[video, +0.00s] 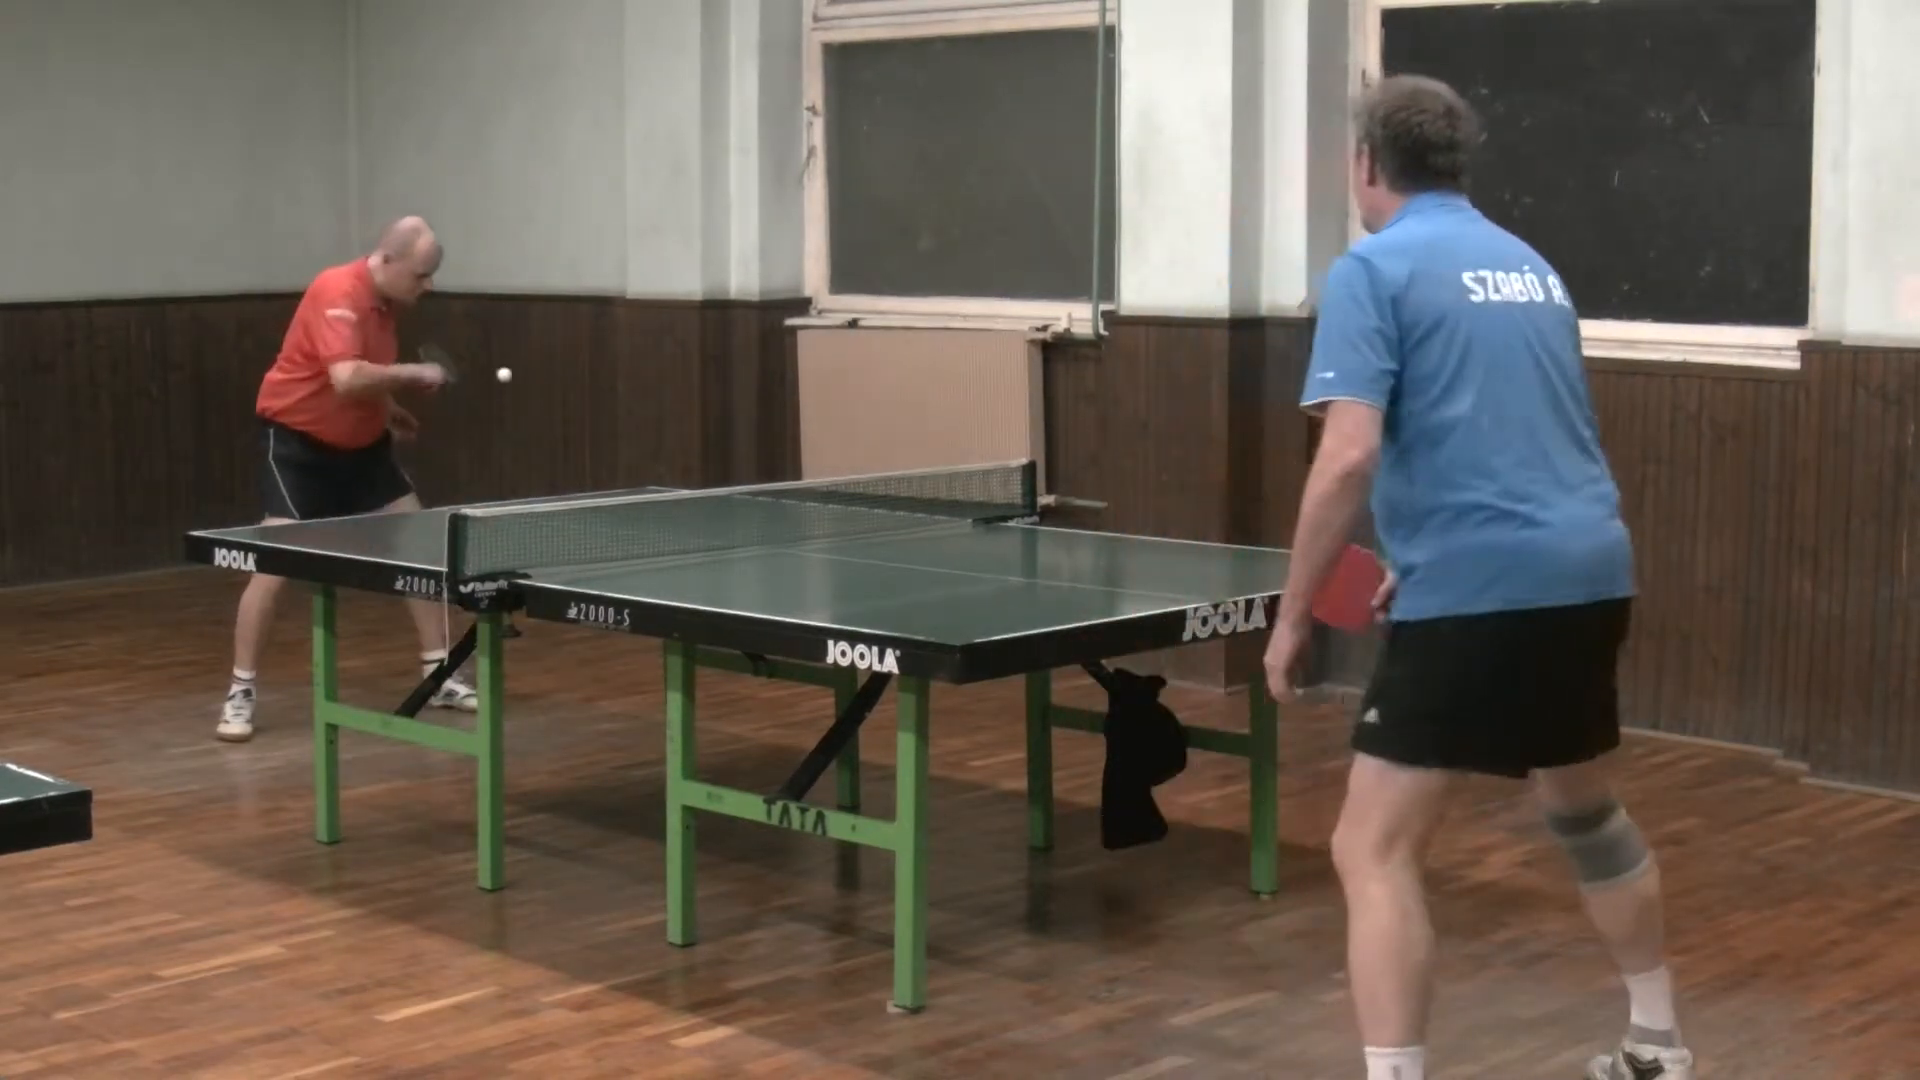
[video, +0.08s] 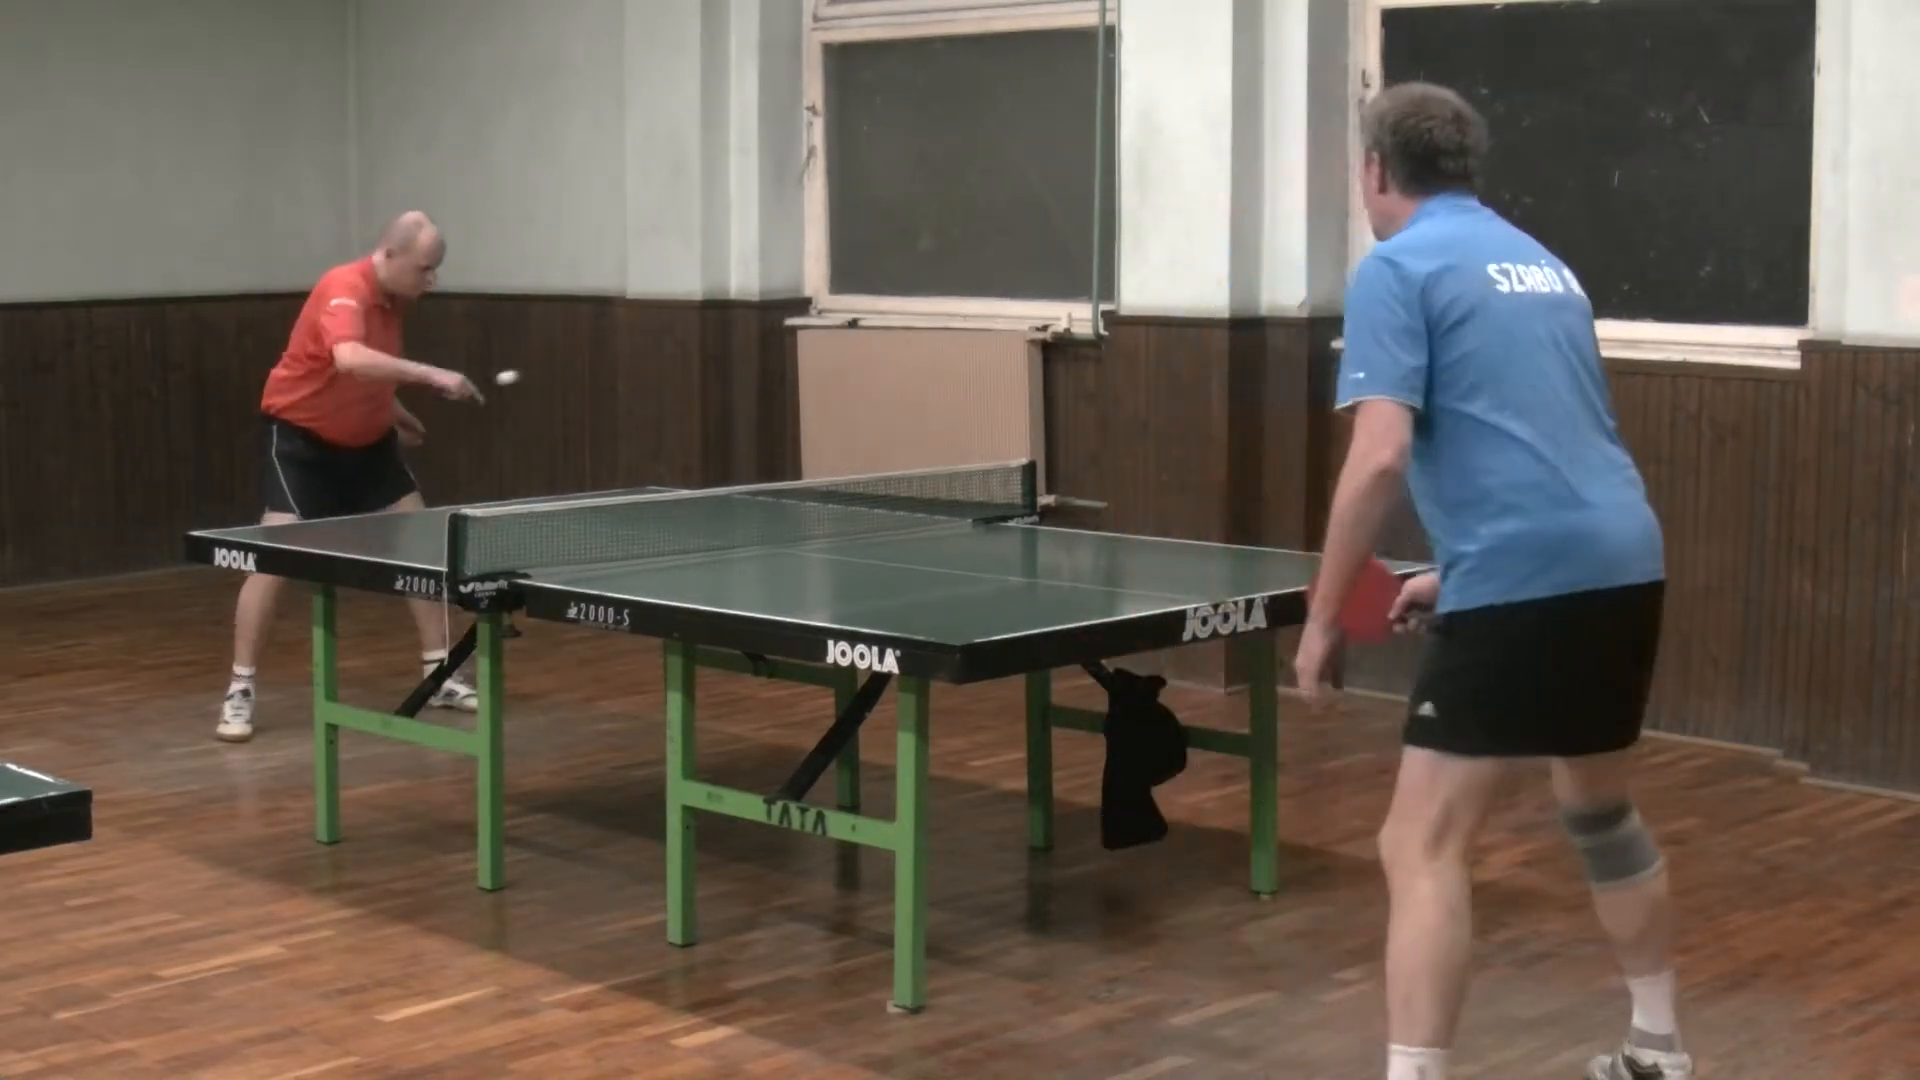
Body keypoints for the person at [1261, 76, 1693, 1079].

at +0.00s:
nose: (1352, 183)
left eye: (1351, 167)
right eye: (1356, 167)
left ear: (1368, 168)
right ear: (1456, 167)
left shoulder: (1369, 268)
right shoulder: (1529, 263)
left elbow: (1349, 456)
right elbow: (1538, 439)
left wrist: (1291, 616)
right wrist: (1425, 557)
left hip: (1468, 594)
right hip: (1592, 580)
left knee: (1373, 848)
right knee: (1586, 810)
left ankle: (1394, 1070)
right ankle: (1659, 1042)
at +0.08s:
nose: (1360, 192)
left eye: (1361, 175)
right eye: (1363, 175)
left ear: (1378, 175)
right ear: (1464, 169)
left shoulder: (1394, 267)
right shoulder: (1537, 259)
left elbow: (1379, 458)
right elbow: (1561, 453)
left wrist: (1323, 619)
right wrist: (1455, 573)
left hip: (1517, 579)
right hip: (1626, 566)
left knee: (1422, 843)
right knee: (1601, 810)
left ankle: (1414, 1070)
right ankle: (1660, 1044)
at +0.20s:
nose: (1369, 212)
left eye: (1369, 195)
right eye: (1368, 195)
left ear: (1390, 193)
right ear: (1479, 186)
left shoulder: (1411, 284)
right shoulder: (1552, 270)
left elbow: (1410, 476)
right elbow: (1584, 469)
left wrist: (1362, 638)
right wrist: (1478, 583)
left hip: (1552, 577)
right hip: (1660, 564)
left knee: (1460, 852)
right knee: (1610, 803)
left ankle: (1492, 1072)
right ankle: (1663, 1045)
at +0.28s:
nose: (1375, 223)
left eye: (1378, 208)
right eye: (1375, 208)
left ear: (1400, 214)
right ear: (1488, 205)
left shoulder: (1416, 303)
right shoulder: (1564, 285)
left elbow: (1419, 498)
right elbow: (1606, 483)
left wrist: (1384, 659)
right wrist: (1499, 588)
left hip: (1576, 584)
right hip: (1682, 567)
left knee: (1468, 860)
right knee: (1626, 790)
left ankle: (1496, 1072)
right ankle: (1675, 1035)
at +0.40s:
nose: (1422, 250)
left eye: (1422, 236)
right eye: (1422, 236)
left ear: (1438, 240)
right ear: (1530, 229)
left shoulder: (1434, 329)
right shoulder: (1610, 309)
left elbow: (1422, 524)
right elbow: (1651, 463)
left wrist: (1426, 671)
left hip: (1580, 619)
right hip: (1710, 598)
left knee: (1442, 877)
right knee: (1663, 791)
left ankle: (1493, 1070)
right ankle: (1702, 1024)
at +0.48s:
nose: (1481, 259)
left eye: (1484, 247)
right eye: (1485, 246)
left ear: (1500, 254)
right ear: (1589, 252)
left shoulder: (1468, 344)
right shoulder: (1660, 343)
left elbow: (1419, 549)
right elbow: (1725, 514)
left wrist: (1441, 681)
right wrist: (1709, 633)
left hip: (1555, 652)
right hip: (1695, 639)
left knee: (1414, 888)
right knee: (1684, 812)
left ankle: (1478, 1071)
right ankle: (1716, 1013)